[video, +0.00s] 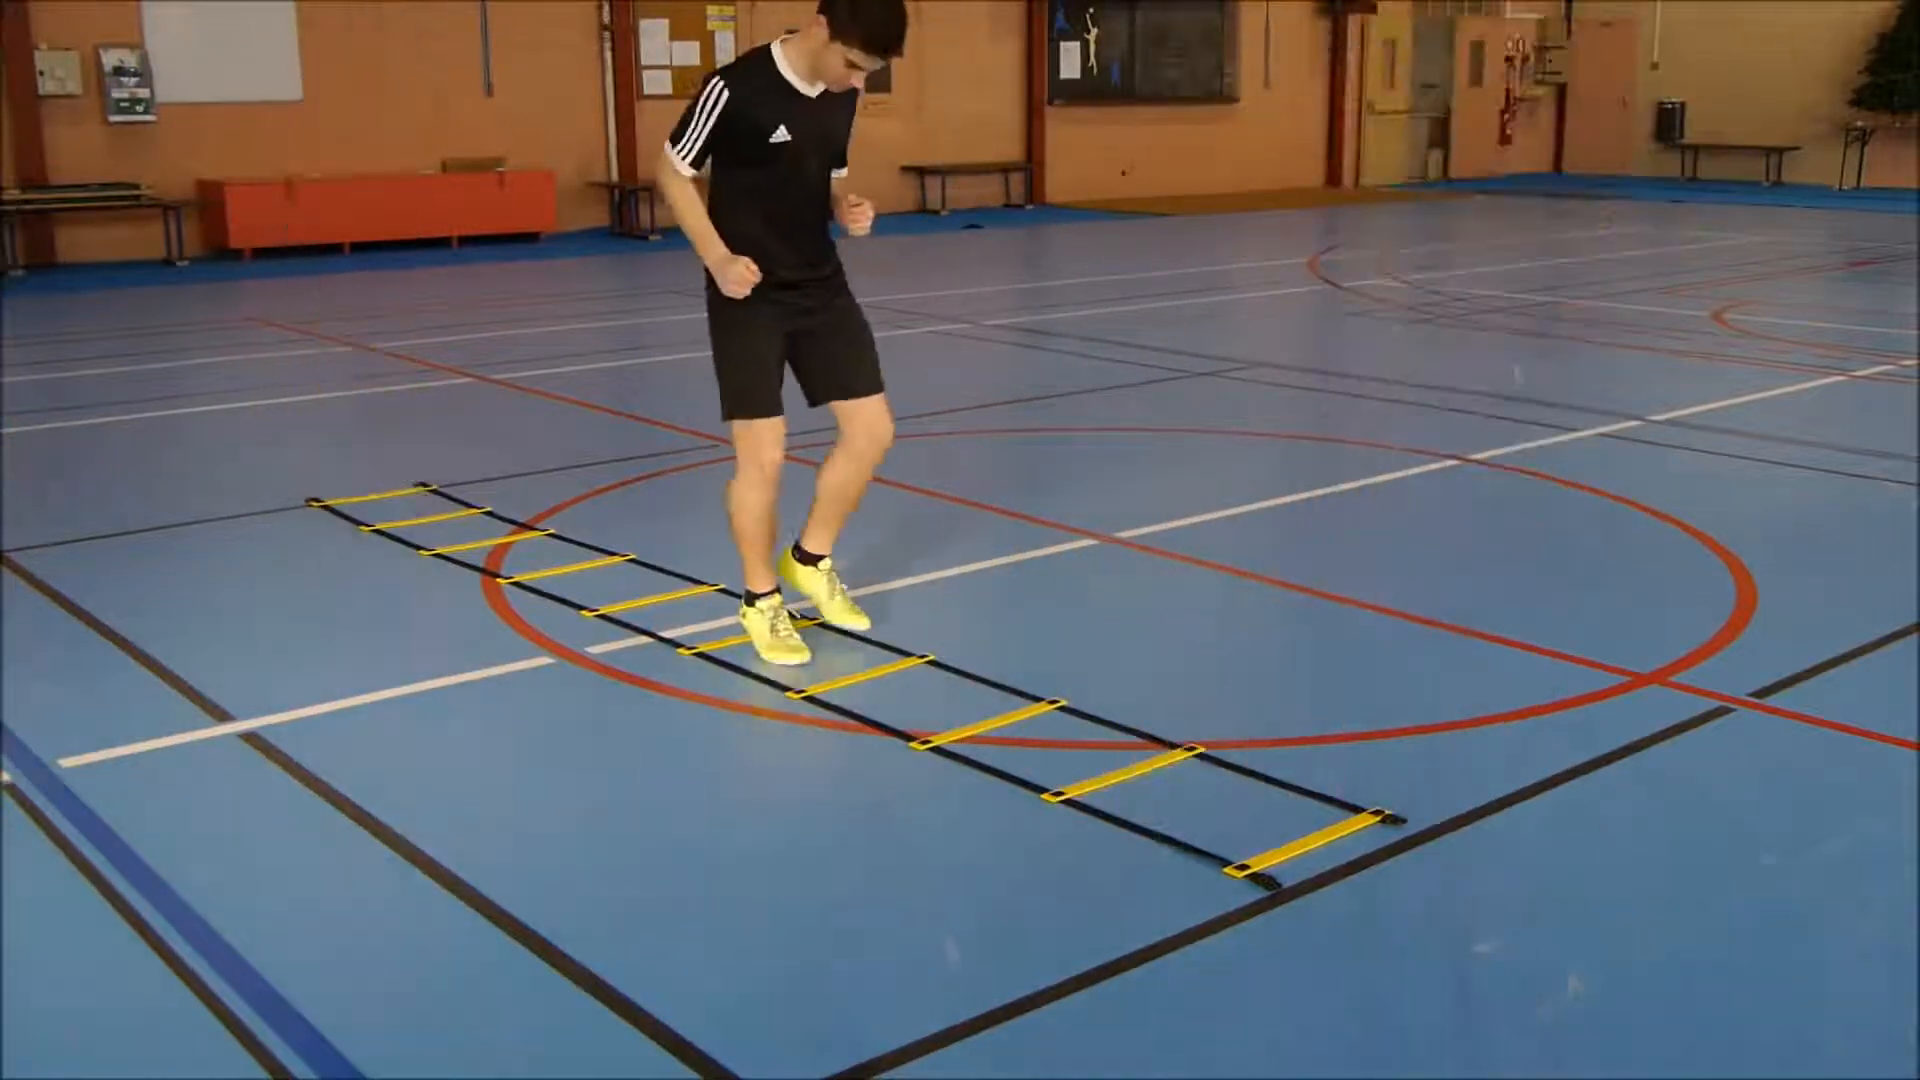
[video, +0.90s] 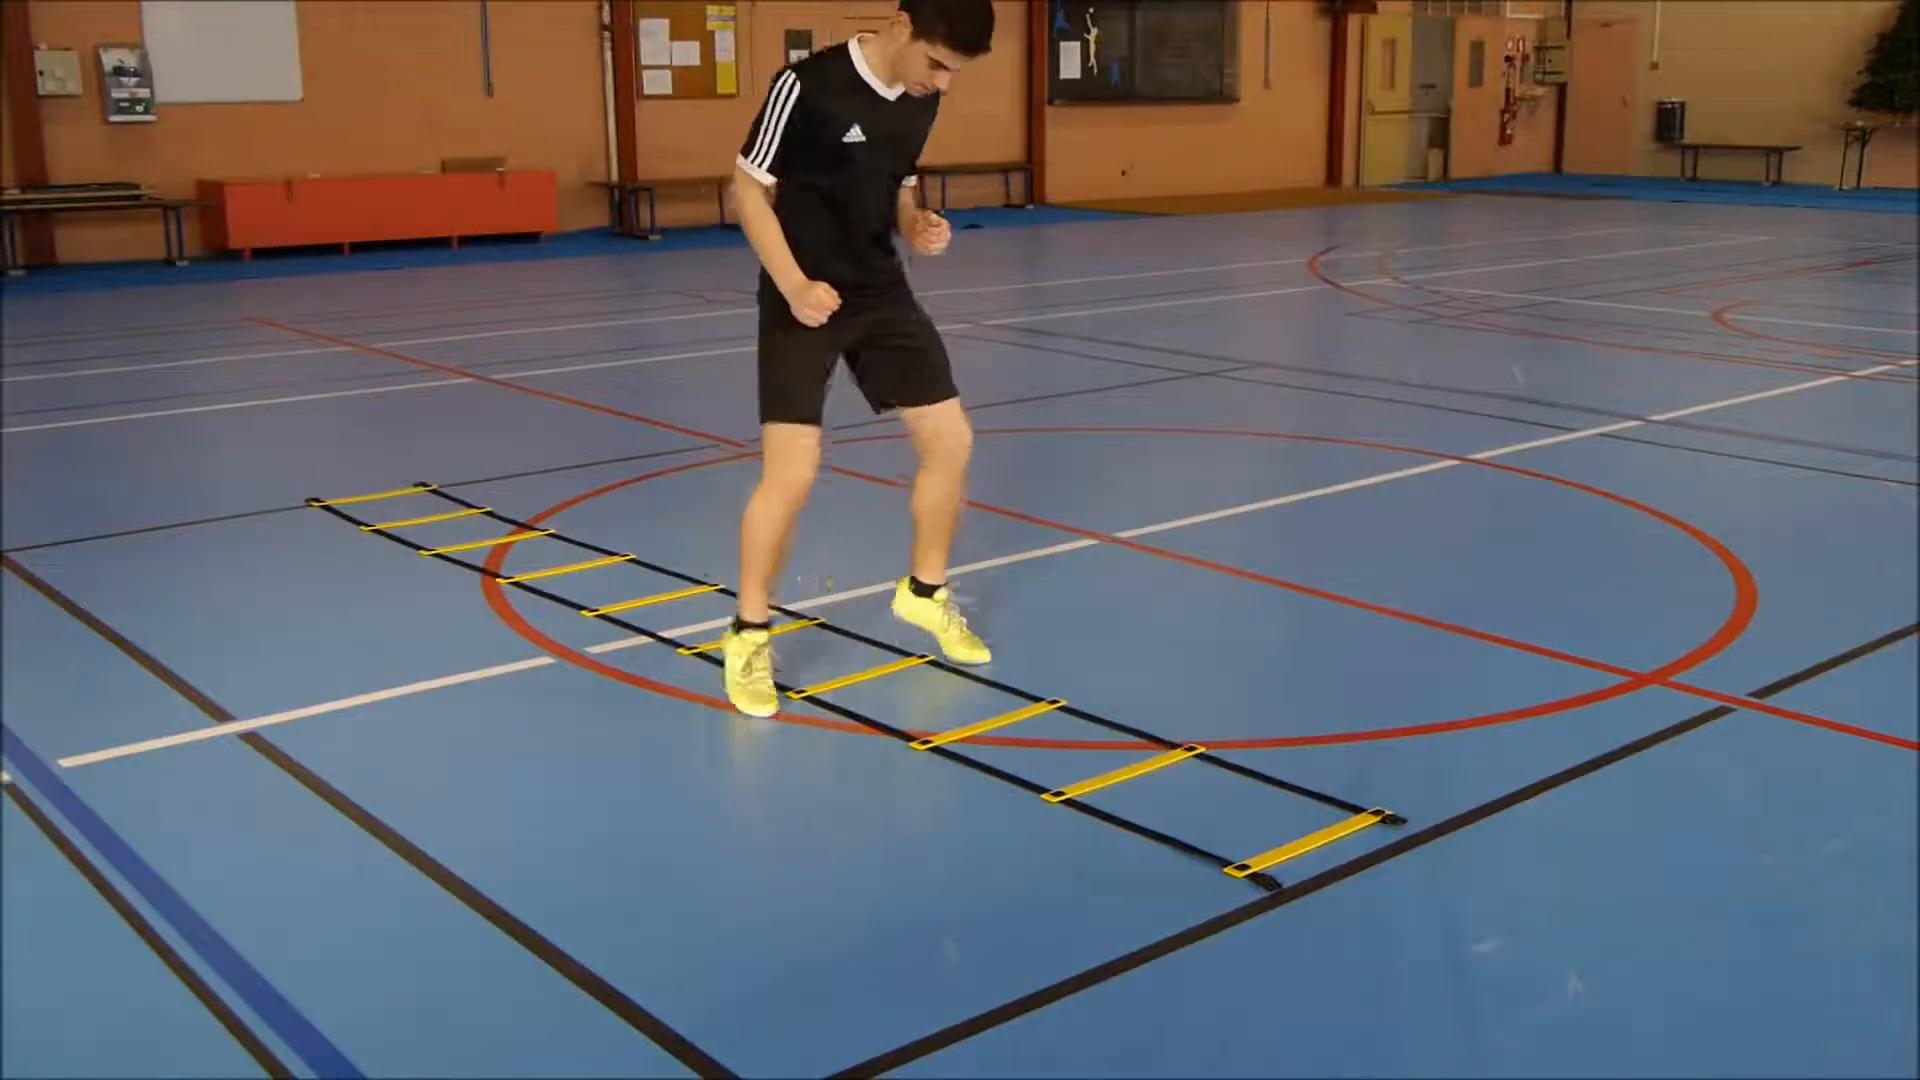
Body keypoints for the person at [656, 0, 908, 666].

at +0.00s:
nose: (858, 82)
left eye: (869, 71)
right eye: (853, 65)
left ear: (878, 56)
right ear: (818, 29)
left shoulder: (844, 91)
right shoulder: (734, 87)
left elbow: (828, 175)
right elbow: (671, 171)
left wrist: (844, 204)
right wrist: (718, 259)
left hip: (819, 284)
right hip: (746, 290)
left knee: (870, 431)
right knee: (761, 454)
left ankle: (808, 558)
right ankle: (761, 599)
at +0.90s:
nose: (941, 83)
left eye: (952, 71)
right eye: (934, 64)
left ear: (962, 55)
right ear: (895, 26)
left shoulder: (924, 97)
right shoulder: (804, 85)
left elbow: (901, 182)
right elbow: (747, 189)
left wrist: (913, 223)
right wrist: (792, 284)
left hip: (878, 286)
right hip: (798, 291)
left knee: (948, 439)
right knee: (791, 471)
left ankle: (924, 592)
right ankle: (749, 634)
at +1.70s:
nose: (1011, 66)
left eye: (1023, 54)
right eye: (1004, 47)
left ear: (1033, 42)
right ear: (964, 9)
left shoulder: (995, 77)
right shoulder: (862, 56)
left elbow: (974, 163)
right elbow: (803, 168)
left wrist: (993, 211)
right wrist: (863, 259)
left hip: (954, 290)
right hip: (873, 294)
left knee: (973, 468)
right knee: (891, 477)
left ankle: (916, 628)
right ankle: (879, 635)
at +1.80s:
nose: (1013, 66)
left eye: (1025, 54)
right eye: (1005, 47)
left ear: (1035, 42)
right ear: (963, 11)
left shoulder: (1002, 79)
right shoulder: (864, 61)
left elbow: (988, 164)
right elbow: (805, 169)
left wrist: (998, 217)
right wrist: (863, 263)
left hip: (963, 303)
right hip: (880, 302)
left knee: (961, 486)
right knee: (889, 484)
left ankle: (906, 640)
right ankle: (871, 644)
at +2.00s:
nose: (1028, 72)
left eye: (1039, 59)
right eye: (1020, 53)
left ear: (1048, 42)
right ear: (975, 17)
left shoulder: (1016, 88)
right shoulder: (877, 81)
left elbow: (1012, 179)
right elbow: (826, 197)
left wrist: (1018, 232)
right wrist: (885, 292)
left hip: (974, 315)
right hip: (889, 316)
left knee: (1000, 488)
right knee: (876, 498)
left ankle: (916, 623)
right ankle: (838, 686)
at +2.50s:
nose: (1088, 81)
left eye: (1099, 69)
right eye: (1080, 62)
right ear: (1036, 20)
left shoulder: (1065, 91)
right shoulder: (932, 83)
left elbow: (1052, 182)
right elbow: (877, 205)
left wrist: (1070, 233)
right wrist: (936, 298)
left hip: (1030, 311)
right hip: (940, 317)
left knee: (1086, 483)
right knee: (944, 508)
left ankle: (1071, 638)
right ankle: (896, 667)